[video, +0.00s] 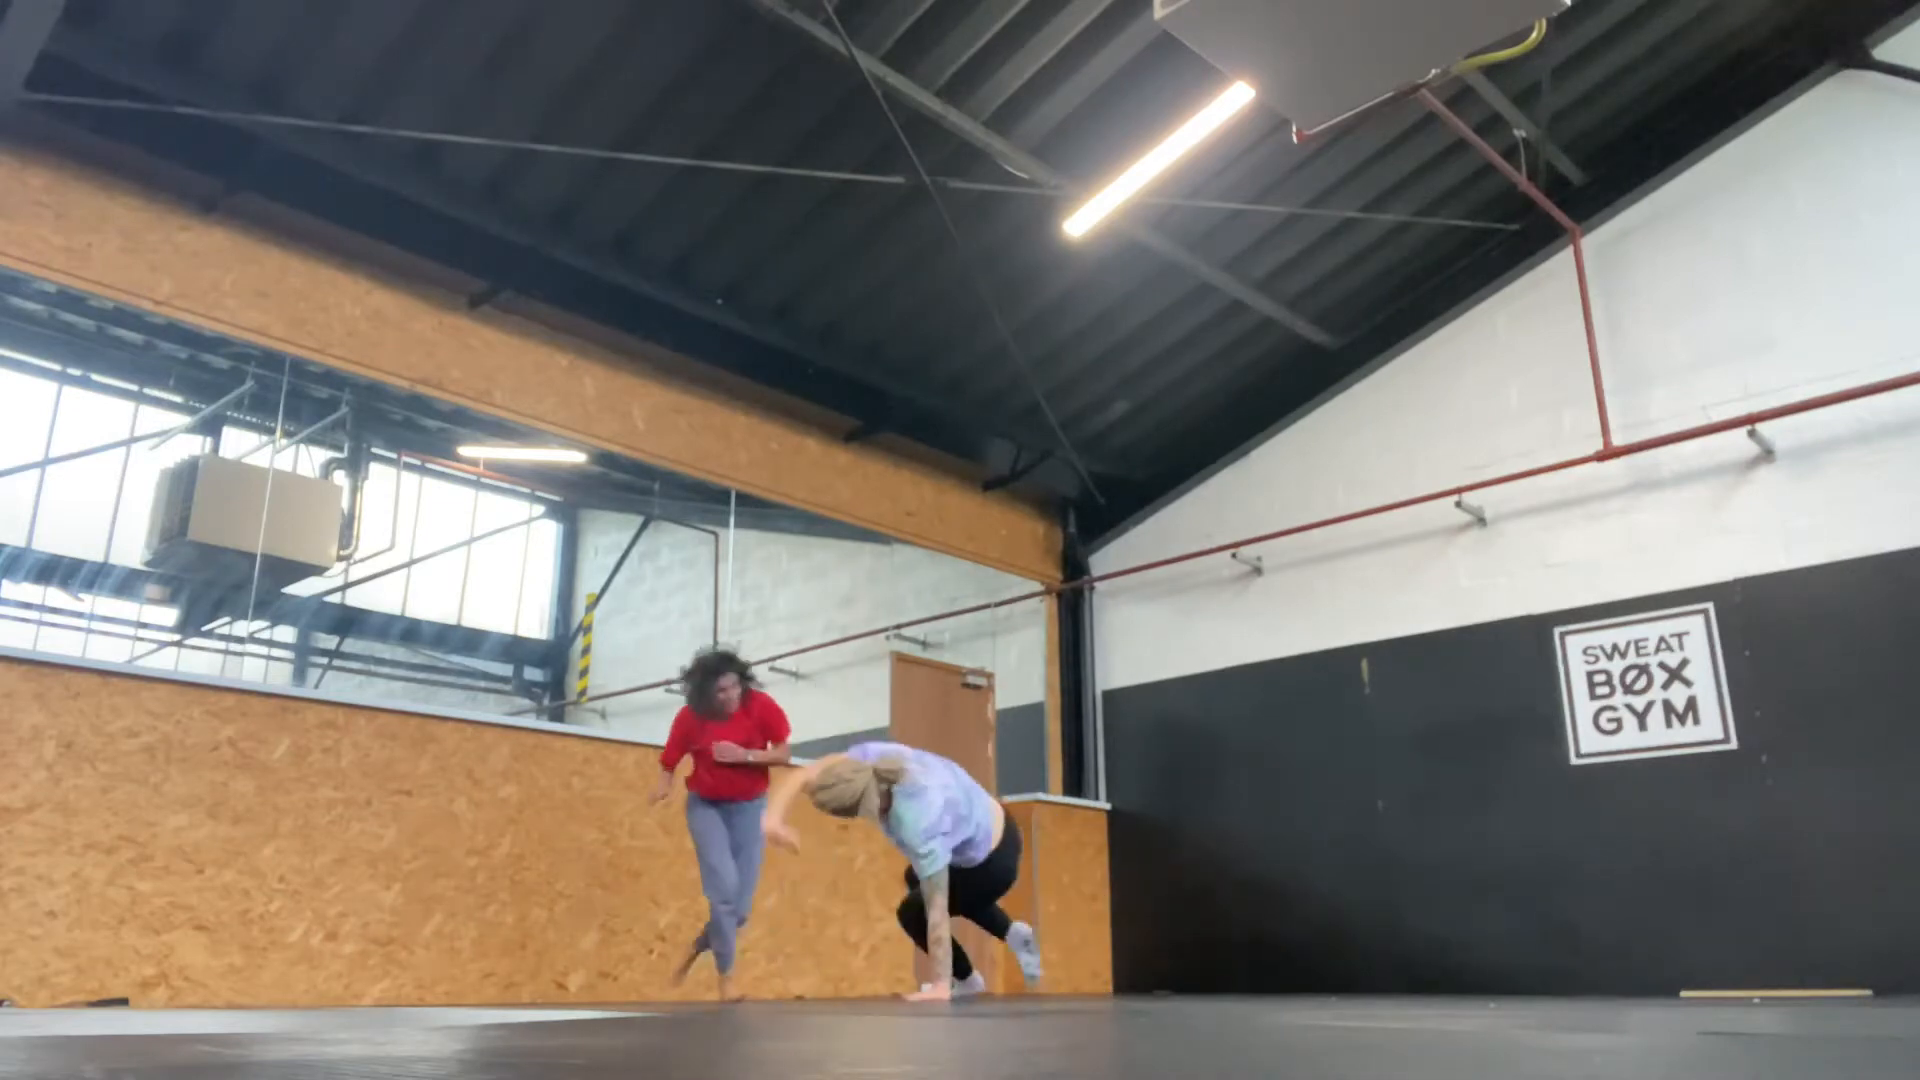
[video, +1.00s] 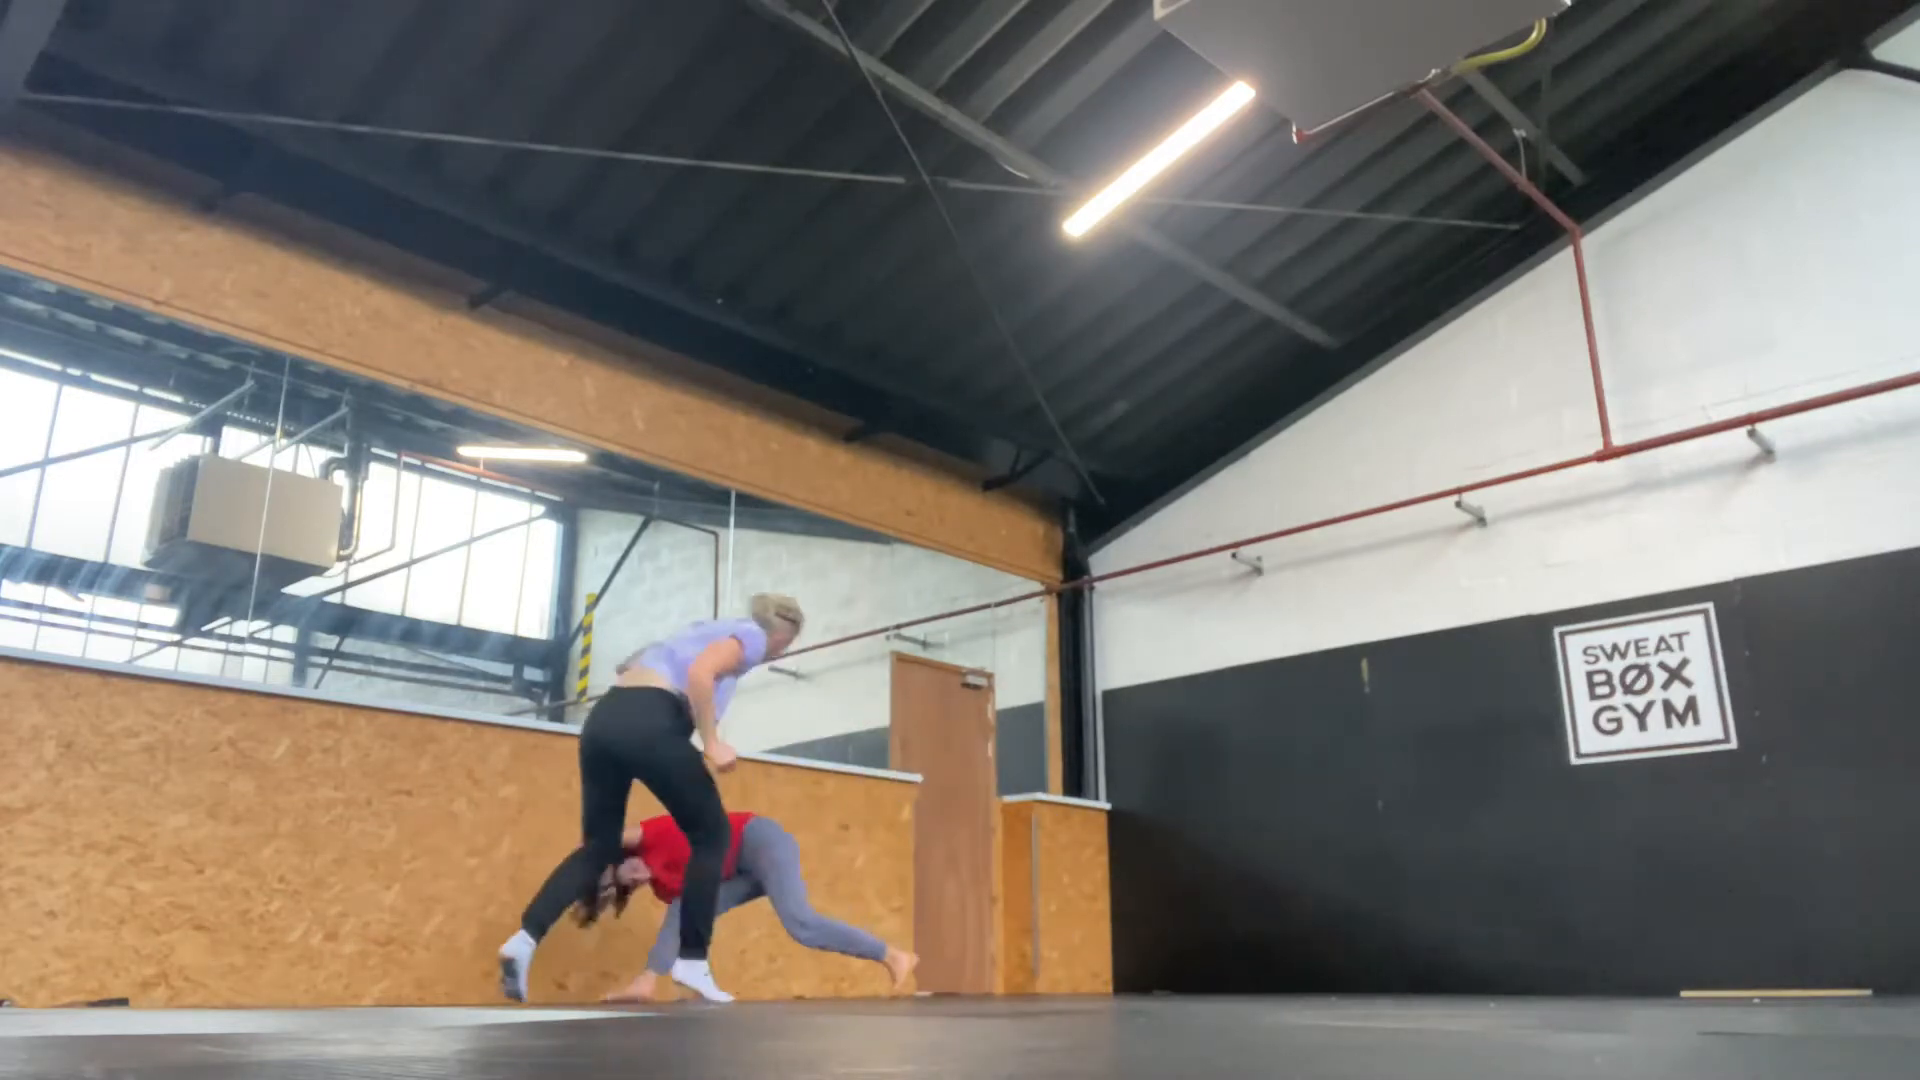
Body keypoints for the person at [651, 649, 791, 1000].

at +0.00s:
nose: (730, 696)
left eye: (734, 687)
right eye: (721, 690)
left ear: (743, 685)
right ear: (706, 692)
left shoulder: (761, 707)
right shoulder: (691, 719)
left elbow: (784, 754)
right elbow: (668, 761)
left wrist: (744, 755)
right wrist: (665, 784)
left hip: (749, 805)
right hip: (705, 805)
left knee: (741, 907)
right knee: (724, 888)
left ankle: (699, 946)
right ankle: (726, 975)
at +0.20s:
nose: (674, 718)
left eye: (675, 708)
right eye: (664, 716)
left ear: (684, 701)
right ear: (651, 722)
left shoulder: (715, 721)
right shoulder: (649, 746)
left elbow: (742, 769)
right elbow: (644, 797)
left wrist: (701, 764)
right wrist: (623, 836)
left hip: (723, 821)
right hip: (676, 823)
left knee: (691, 902)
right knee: (680, 887)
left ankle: (659, 977)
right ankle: (710, 967)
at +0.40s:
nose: (616, 759)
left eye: (611, 750)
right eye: (607, 763)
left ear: (615, 737)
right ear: (602, 772)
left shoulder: (648, 737)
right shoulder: (617, 789)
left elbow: (685, 785)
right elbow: (619, 842)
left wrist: (629, 784)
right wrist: (604, 905)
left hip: (727, 802)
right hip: (682, 817)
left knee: (715, 902)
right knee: (655, 877)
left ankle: (707, 979)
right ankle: (659, 973)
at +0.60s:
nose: (580, 863)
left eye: (574, 861)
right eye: (572, 865)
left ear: (575, 841)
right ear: (575, 851)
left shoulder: (609, 824)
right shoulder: (596, 831)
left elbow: (633, 875)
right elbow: (624, 872)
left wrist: (592, 878)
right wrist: (599, 876)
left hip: (711, 835)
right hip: (674, 845)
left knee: (740, 920)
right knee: (631, 896)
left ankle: (824, 932)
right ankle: (641, 982)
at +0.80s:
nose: (584, 920)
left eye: (578, 917)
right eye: (578, 922)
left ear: (575, 894)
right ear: (587, 898)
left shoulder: (597, 862)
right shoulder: (624, 889)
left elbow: (593, 889)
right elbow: (663, 927)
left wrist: (570, 919)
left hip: (720, 837)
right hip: (688, 858)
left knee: (788, 902)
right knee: (639, 913)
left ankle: (879, 940)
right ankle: (641, 991)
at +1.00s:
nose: (784, 650)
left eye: (788, 644)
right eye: (787, 641)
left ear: (759, 617)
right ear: (778, 630)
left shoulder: (706, 631)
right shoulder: (752, 637)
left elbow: (628, 669)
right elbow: (700, 671)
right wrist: (712, 742)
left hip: (604, 719)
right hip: (652, 721)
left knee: (600, 846)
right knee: (711, 835)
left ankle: (524, 940)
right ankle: (692, 961)